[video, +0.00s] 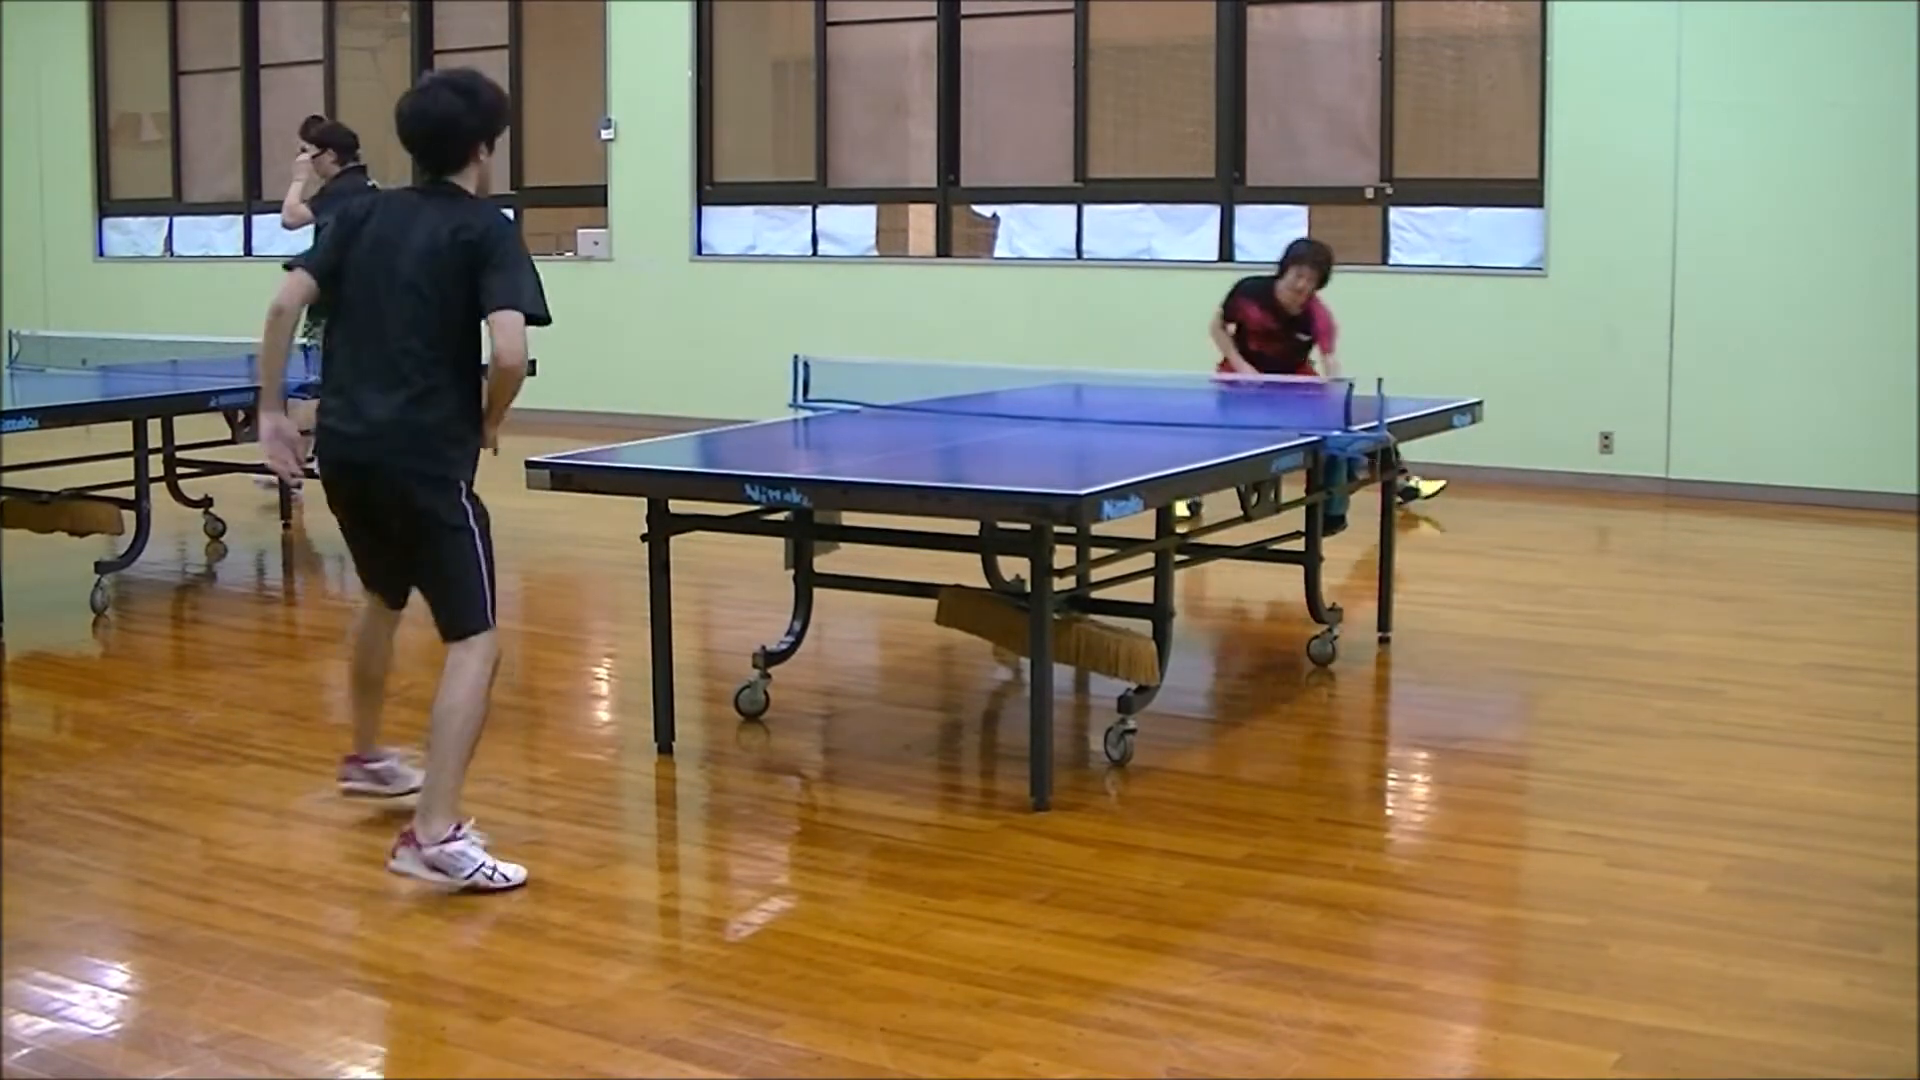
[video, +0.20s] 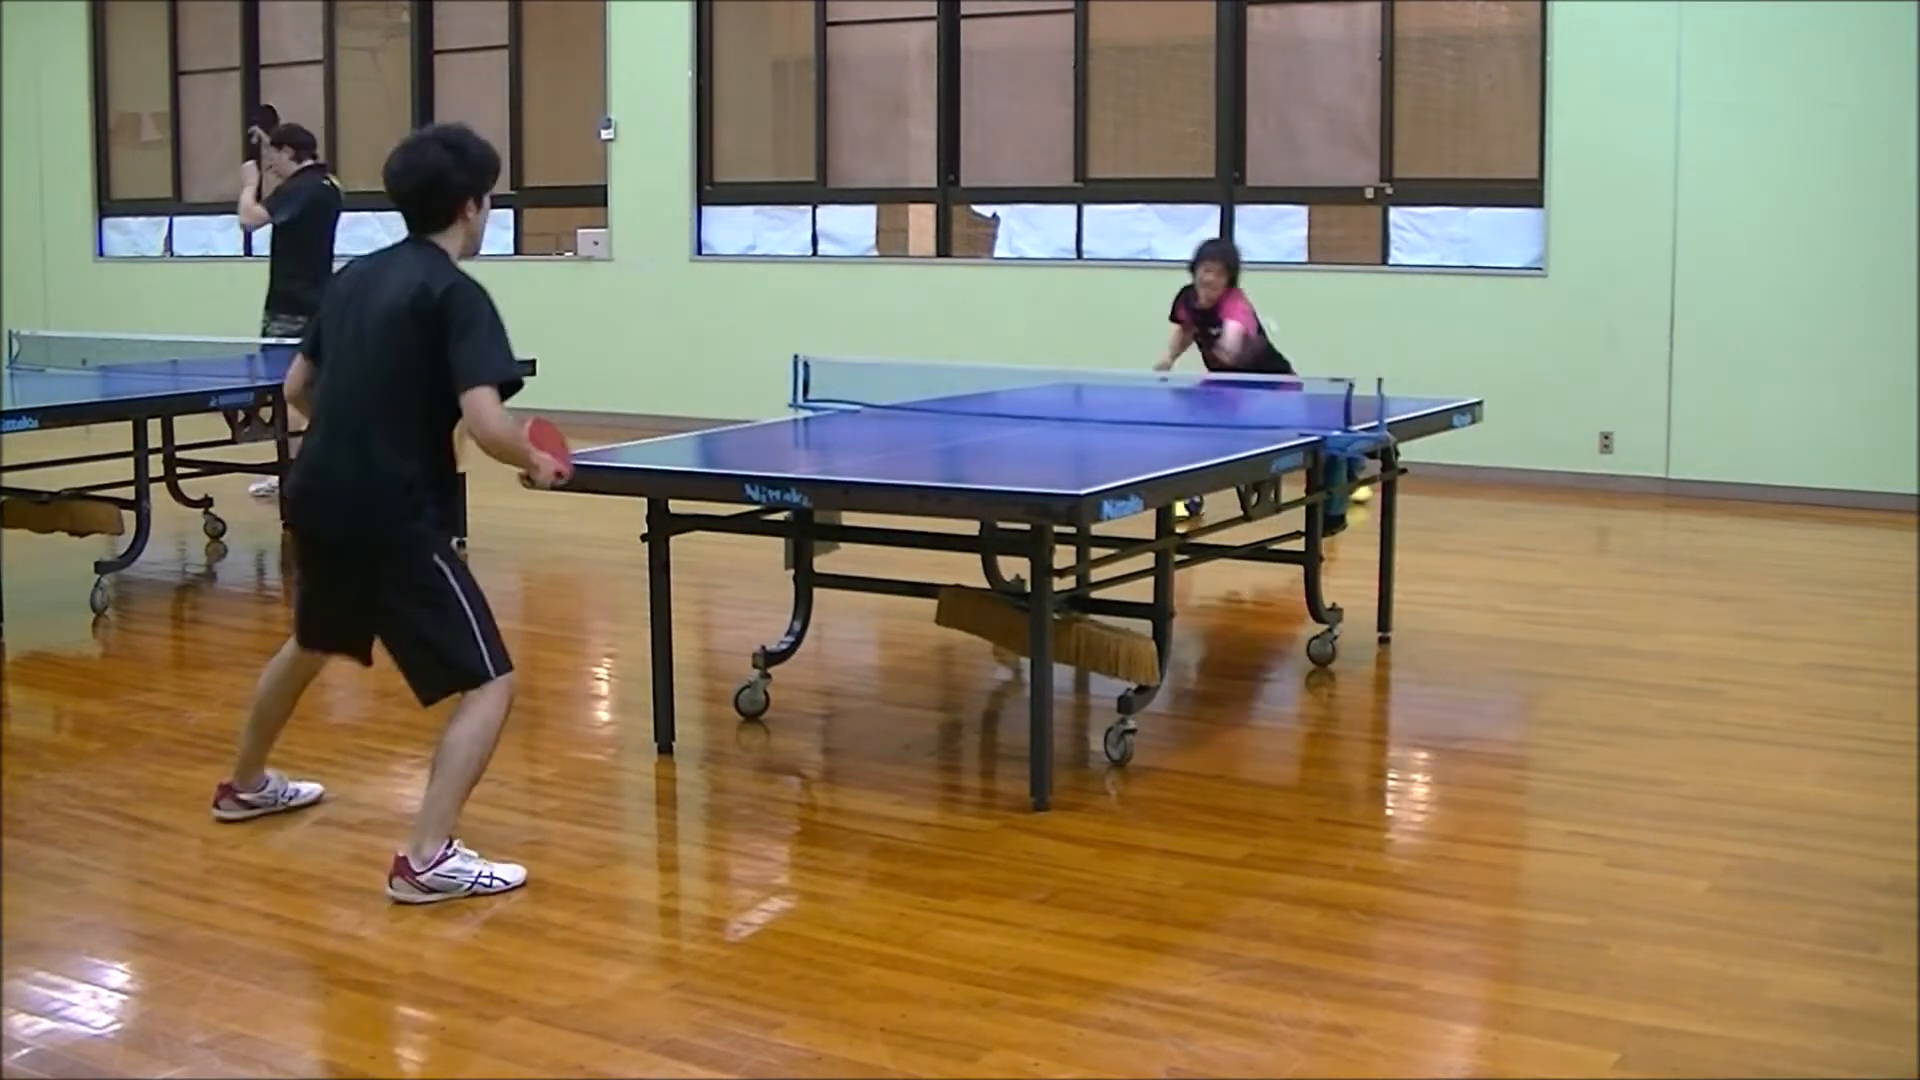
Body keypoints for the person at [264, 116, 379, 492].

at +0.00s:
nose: (305, 160)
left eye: (310, 153)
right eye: (304, 153)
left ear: (334, 156)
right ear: (345, 156)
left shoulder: (340, 192)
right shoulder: (367, 189)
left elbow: (290, 218)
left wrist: (299, 179)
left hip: (335, 308)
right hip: (362, 306)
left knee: (311, 386)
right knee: (347, 387)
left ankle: (291, 463)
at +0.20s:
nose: (269, 163)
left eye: (271, 156)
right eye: (268, 157)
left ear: (290, 153)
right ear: (302, 153)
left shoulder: (305, 186)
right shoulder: (324, 185)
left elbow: (250, 218)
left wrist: (249, 186)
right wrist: (264, 185)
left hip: (290, 310)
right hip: (311, 307)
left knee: (282, 397)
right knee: (300, 394)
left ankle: (291, 473)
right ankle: (299, 471)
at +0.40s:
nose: (244, 157)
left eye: (245, 151)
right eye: (244, 151)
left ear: (253, 154)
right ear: (283, 153)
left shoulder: (259, 188)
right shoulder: (296, 182)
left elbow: (208, 220)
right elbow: (255, 178)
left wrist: (203, 196)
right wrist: (244, 136)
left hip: (259, 302)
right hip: (285, 298)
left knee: (253, 392)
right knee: (269, 389)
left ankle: (274, 472)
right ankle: (272, 467)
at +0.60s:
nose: (217, 156)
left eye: (219, 153)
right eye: (220, 153)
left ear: (225, 158)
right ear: (253, 157)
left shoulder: (224, 194)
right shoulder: (263, 186)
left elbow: (180, 236)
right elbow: (234, 152)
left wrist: (177, 209)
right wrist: (198, 135)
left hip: (227, 306)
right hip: (253, 299)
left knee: (228, 389)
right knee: (239, 385)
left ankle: (273, 469)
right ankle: (221, 471)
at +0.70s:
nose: (204, 155)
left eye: (205, 152)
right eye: (206, 152)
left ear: (210, 158)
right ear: (238, 158)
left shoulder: (211, 193)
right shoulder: (248, 186)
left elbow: (177, 240)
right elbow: (214, 151)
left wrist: (166, 216)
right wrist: (177, 136)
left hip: (210, 305)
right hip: (238, 300)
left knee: (190, 387)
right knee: (227, 383)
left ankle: (246, 440)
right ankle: (219, 467)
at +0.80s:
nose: (186, 155)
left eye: (189, 151)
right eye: (188, 151)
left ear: (196, 156)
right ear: (222, 156)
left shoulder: (201, 188)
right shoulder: (234, 184)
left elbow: (175, 240)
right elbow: (188, 151)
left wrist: (156, 217)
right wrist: (152, 134)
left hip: (195, 303)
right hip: (225, 302)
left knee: (165, 377)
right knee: (209, 383)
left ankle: (213, 436)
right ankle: (218, 479)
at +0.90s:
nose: (171, 154)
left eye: (174, 151)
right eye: (173, 151)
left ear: (183, 157)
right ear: (203, 155)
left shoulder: (189, 186)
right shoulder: (216, 181)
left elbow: (164, 240)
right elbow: (169, 149)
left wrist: (145, 217)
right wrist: (130, 132)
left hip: (181, 300)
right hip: (212, 300)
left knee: (150, 371)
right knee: (214, 386)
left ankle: (162, 457)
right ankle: (219, 466)